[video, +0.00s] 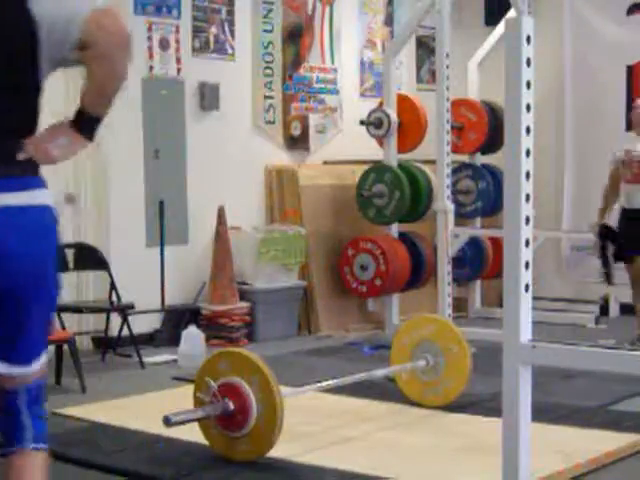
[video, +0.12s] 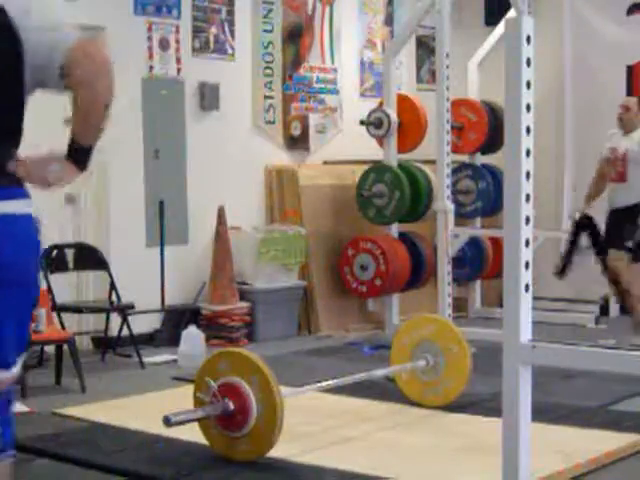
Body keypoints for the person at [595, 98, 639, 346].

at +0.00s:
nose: (634, 114)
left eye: (636, 109)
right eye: (634, 109)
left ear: (636, 118)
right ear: (631, 118)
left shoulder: (629, 155)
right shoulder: (625, 154)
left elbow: (613, 188)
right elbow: (613, 187)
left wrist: (602, 217)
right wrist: (603, 217)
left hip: (631, 212)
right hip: (629, 212)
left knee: (634, 277)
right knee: (634, 277)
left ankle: (637, 332)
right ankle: (636, 332)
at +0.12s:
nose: (620, 113)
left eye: (627, 109)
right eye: (620, 108)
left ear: (638, 115)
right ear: (619, 113)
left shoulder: (636, 140)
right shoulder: (615, 140)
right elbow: (602, 175)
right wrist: (587, 202)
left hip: (633, 206)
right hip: (617, 208)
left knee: (617, 259)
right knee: (611, 265)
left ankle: (635, 314)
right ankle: (629, 313)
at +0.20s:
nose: (616, 113)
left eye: (623, 109)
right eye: (617, 108)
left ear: (636, 114)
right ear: (616, 112)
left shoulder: (634, 139)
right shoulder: (612, 140)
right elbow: (598, 175)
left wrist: (582, 201)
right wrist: (582, 202)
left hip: (632, 205)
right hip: (616, 207)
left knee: (611, 259)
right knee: (631, 266)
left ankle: (631, 315)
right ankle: (631, 317)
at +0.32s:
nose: (604, 113)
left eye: (610, 109)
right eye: (604, 108)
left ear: (625, 114)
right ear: (604, 111)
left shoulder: (632, 138)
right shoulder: (597, 137)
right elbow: (587, 176)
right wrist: (569, 204)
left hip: (628, 205)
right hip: (605, 207)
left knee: (603, 268)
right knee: (626, 273)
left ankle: (593, 326)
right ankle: (637, 329)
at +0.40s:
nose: (585, 116)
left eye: (591, 112)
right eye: (585, 111)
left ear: (608, 116)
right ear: (588, 113)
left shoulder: (617, 140)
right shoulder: (584, 139)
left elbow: (635, 169)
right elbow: (574, 178)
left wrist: (634, 211)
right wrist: (560, 209)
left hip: (610, 208)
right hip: (588, 209)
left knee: (590, 271)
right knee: (610, 274)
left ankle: (577, 327)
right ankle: (633, 322)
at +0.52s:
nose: (566, 115)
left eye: (571, 111)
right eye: (566, 110)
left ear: (588, 114)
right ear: (570, 113)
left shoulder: (597, 139)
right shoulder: (565, 138)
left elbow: (619, 174)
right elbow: (564, 178)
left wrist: (607, 215)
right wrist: (557, 210)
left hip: (589, 208)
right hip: (568, 209)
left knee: (579, 274)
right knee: (574, 275)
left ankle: (567, 335)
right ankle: (619, 321)